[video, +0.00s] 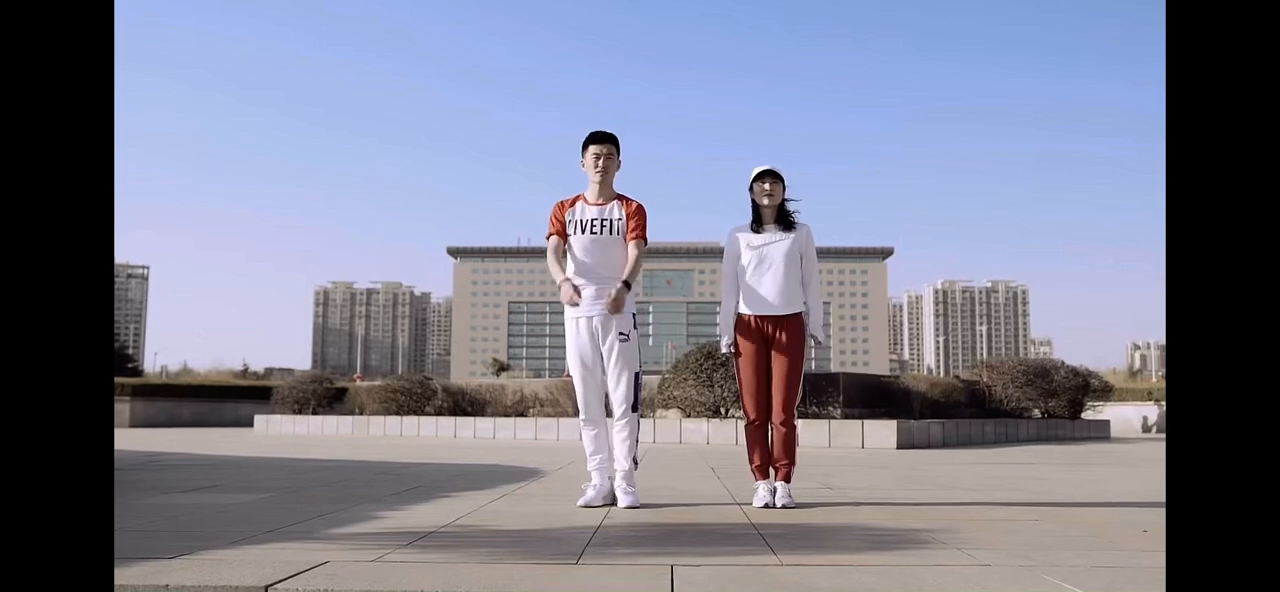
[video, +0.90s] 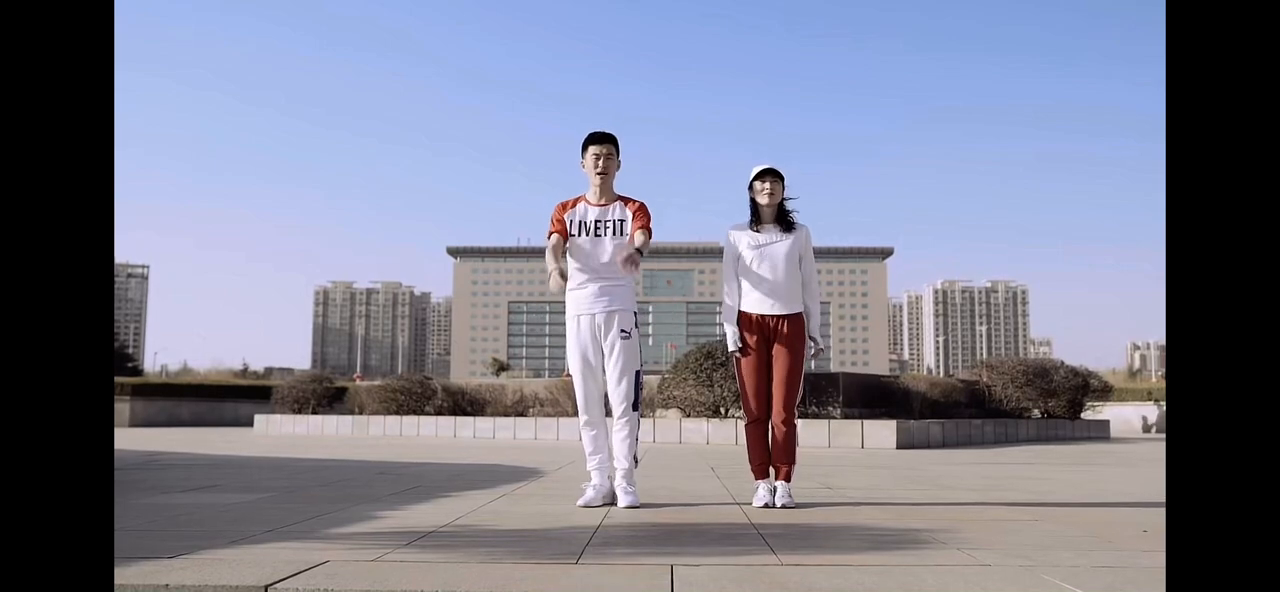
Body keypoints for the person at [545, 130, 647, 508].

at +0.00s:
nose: (601, 160)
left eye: (608, 155)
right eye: (595, 155)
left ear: (618, 163)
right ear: (583, 162)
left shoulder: (631, 208)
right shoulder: (564, 208)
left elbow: (636, 251)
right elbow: (553, 252)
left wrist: (624, 286)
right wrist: (562, 280)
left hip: (617, 311)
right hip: (578, 313)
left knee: (623, 402)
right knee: (588, 404)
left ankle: (624, 483)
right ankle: (599, 482)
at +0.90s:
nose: (601, 161)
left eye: (608, 156)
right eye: (595, 156)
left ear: (618, 164)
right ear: (584, 164)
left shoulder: (633, 208)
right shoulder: (566, 209)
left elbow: (642, 232)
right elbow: (554, 243)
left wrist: (634, 248)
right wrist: (554, 266)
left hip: (620, 313)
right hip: (579, 314)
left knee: (623, 402)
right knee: (588, 404)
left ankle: (624, 483)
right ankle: (598, 483)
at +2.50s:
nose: (601, 169)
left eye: (608, 163)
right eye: (594, 163)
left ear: (616, 169)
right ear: (582, 169)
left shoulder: (630, 214)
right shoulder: (563, 215)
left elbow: (641, 260)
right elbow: (551, 259)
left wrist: (644, 306)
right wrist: (574, 272)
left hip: (617, 313)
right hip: (576, 315)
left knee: (620, 398)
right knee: (587, 402)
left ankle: (630, 481)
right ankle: (600, 482)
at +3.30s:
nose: (600, 161)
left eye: (606, 155)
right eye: (593, 155)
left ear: (615, 161)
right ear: (580, 162)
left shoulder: (632, 209)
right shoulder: (560, 207)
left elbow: (645, 261)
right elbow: (542, 257)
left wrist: (641, 261)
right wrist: (523, 305)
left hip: (618, 307)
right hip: (576, 311)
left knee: (627, 386)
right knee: (584, 399)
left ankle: (633, 454)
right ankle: (598, 479)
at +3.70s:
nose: (597, 147)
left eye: (604, 142)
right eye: (591, 142)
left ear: (615, 151)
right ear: (580, 151)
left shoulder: (632, 196)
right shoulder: (564, 200)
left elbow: (642, 247)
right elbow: (561, 256)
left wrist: (648, 288)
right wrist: (559, 306)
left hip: (621, 300)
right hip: (582, 303)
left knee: (624, 371)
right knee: (593, 393)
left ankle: (631, 436)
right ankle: (603, 471)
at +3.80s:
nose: (602, 163)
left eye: (610, 157)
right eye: (596, 158)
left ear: (622, 167)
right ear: (587, 167)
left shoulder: (638, 216)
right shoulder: (568, 212)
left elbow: (645, 267)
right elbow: (556, 256)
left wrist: (650, 309)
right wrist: (557, 271)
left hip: (625, 306)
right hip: (585, 311)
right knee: (596, 401)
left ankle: (624, 392)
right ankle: (617, 478)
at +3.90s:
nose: (606, 162)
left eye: (614, 157)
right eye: (600, 157)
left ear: (626, 166)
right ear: (590, 165)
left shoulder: (641, 215)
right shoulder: (570, 208)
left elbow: (644, 259)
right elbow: (546, 257)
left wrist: (650, 294)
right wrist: (556, 244)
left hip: (626, 302)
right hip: (586, 307)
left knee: (613, 309)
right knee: (596, 396)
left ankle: (620, 400)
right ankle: (617, 478)